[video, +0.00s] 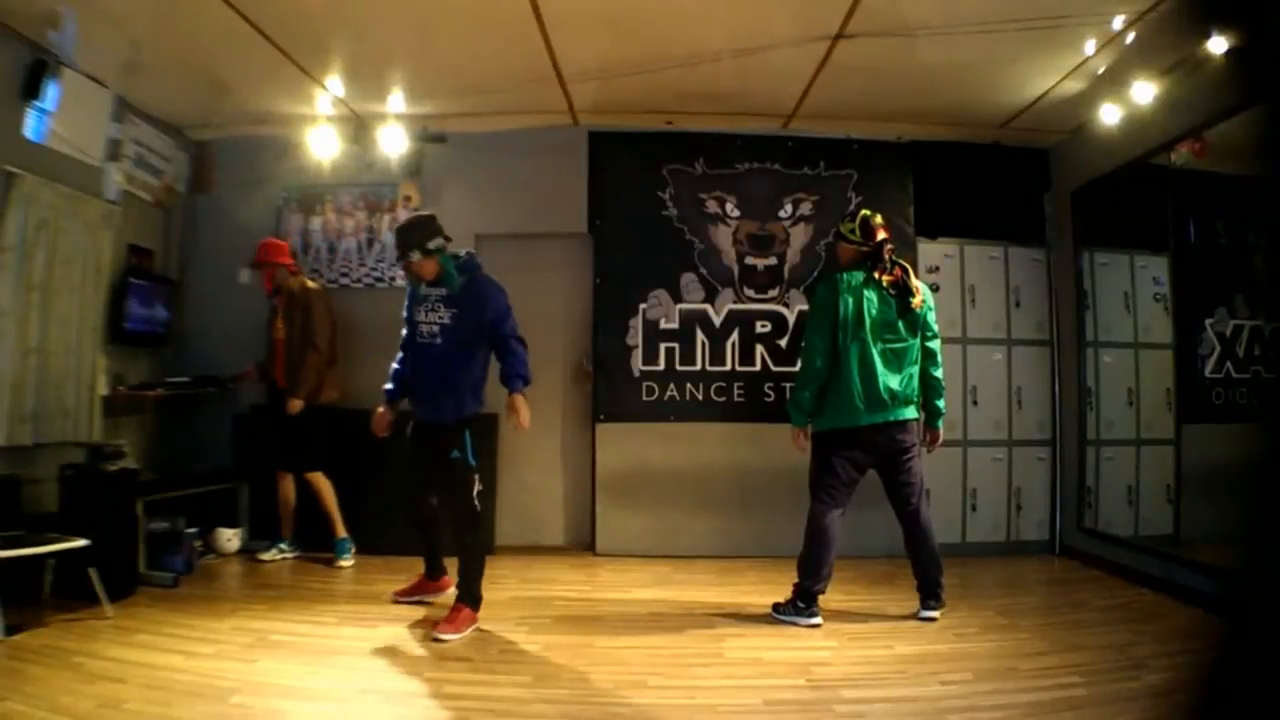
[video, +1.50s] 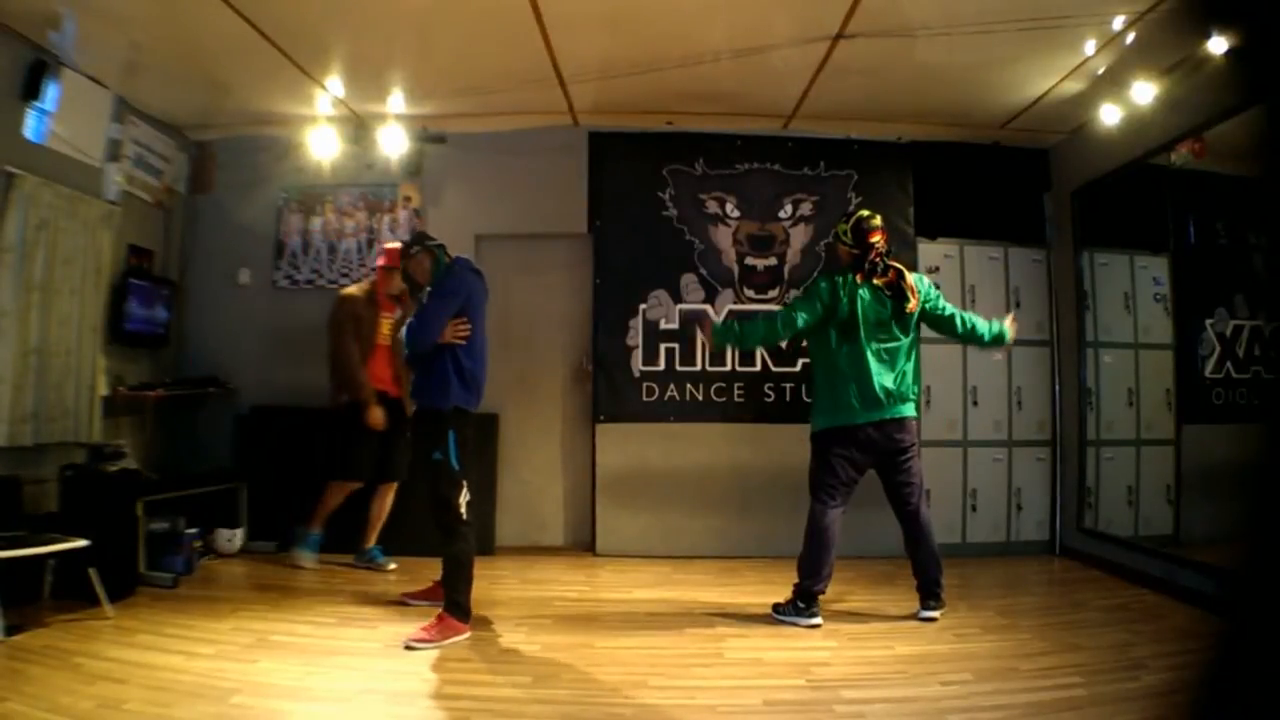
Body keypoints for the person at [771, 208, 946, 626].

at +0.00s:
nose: (834, 248)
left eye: (840, 243)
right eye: (837, 241)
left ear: (857, 248)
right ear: (880, 247)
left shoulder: (833, 287)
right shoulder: (915, 290)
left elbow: (816, 356)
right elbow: (932, 358)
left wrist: (800, 411)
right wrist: (934, 415)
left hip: (844, 419)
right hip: (900, 420)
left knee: (827, 506)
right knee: (914, 508)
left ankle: (806, 600)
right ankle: (931, 598)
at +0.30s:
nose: (834, 250)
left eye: (839, 244)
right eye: (836, 242)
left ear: (856, 248)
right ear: (879, 247)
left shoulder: (832, 288)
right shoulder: (914, 290)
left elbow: (815, 357)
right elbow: (931, 357)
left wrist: (799, 411)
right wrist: (933, 413)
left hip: (843, 420)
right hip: (899, 419)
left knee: (827, 506)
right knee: (914, 507)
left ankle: (806, 600)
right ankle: (931, 598)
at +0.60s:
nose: (833, 250)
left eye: (838, 244)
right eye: (835, 243)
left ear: (854, 249)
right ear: (878, 248)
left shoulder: (831, 289)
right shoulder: (914, 289)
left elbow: (814, 358)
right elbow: (931, 356)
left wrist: (799, 412)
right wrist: (934, 411)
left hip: (844, 420)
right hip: (899, 419)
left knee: (827, 506)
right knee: (914, 508)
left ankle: (806, 600)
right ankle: (931, 598)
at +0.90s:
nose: (834, 250)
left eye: (839, 244)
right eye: (837, 243)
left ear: (852, 248)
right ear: (880, 246)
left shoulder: (830, 290)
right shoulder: (914, 290)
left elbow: (813, 358)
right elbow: (931, 357)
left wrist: (798, 412)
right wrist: (935, 411)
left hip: (844, 420)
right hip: (899, 420)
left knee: (827, 506)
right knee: (914, 508)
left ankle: (806, 600)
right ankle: (931, 598)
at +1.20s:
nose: (836, 250)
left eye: (840, 244)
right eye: (838, 243)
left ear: (851, 249)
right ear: (880, 246)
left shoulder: (829, 291)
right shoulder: (914, 290)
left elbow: (811, 357)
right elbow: (933, 356)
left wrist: (794, 409)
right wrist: (938, 411)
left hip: (843, 422)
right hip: (899, 421)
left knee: (826, 506)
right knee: (914, 508)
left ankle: (806, 600)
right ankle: (931, 598)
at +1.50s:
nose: (834, 250)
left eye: (838, 245)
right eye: (837, 243)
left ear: (851, 249)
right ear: (879, 246)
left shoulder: (830, 287)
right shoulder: (910, 285)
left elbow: (783, 325)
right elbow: (954, 321)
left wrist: (722, 332)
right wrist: (998, 331)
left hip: (841, 421)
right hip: (897, 419)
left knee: (827, 505)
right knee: (913, 507)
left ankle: (807, 600)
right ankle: (931, 597)